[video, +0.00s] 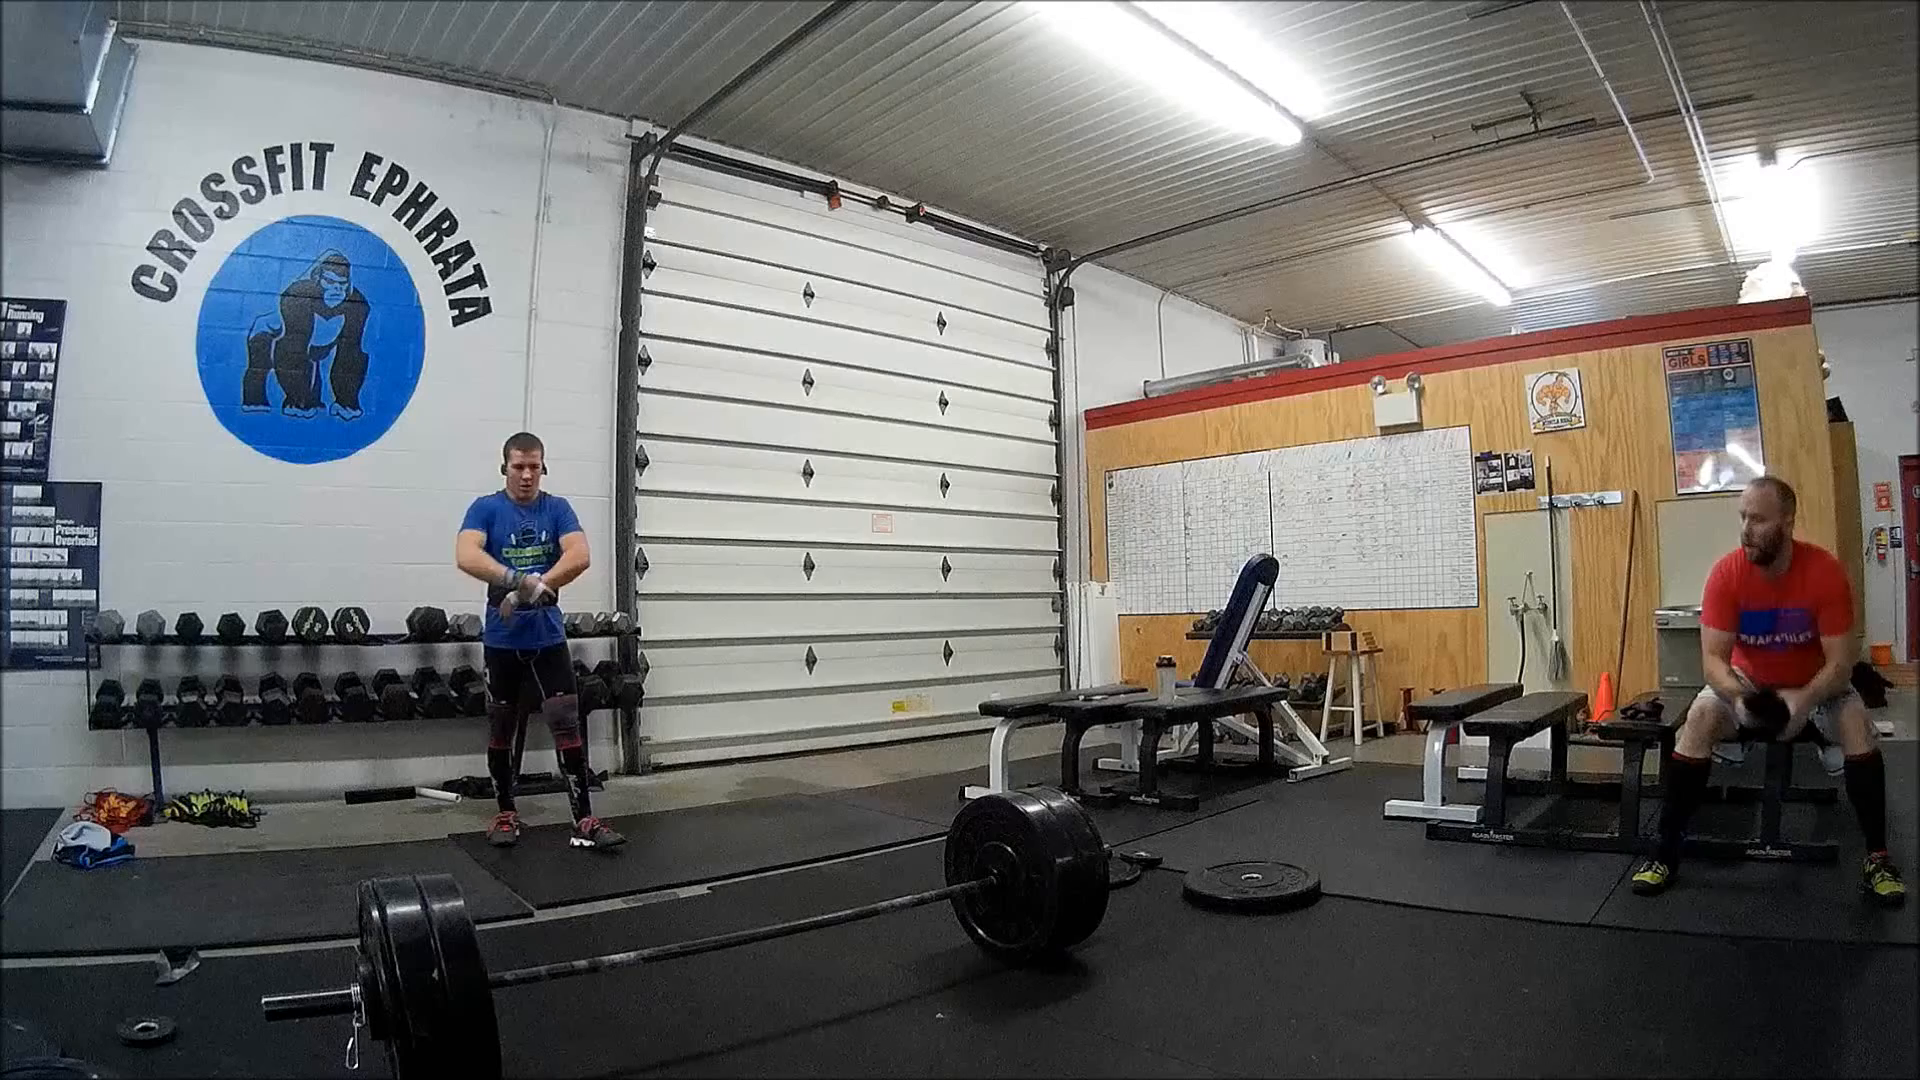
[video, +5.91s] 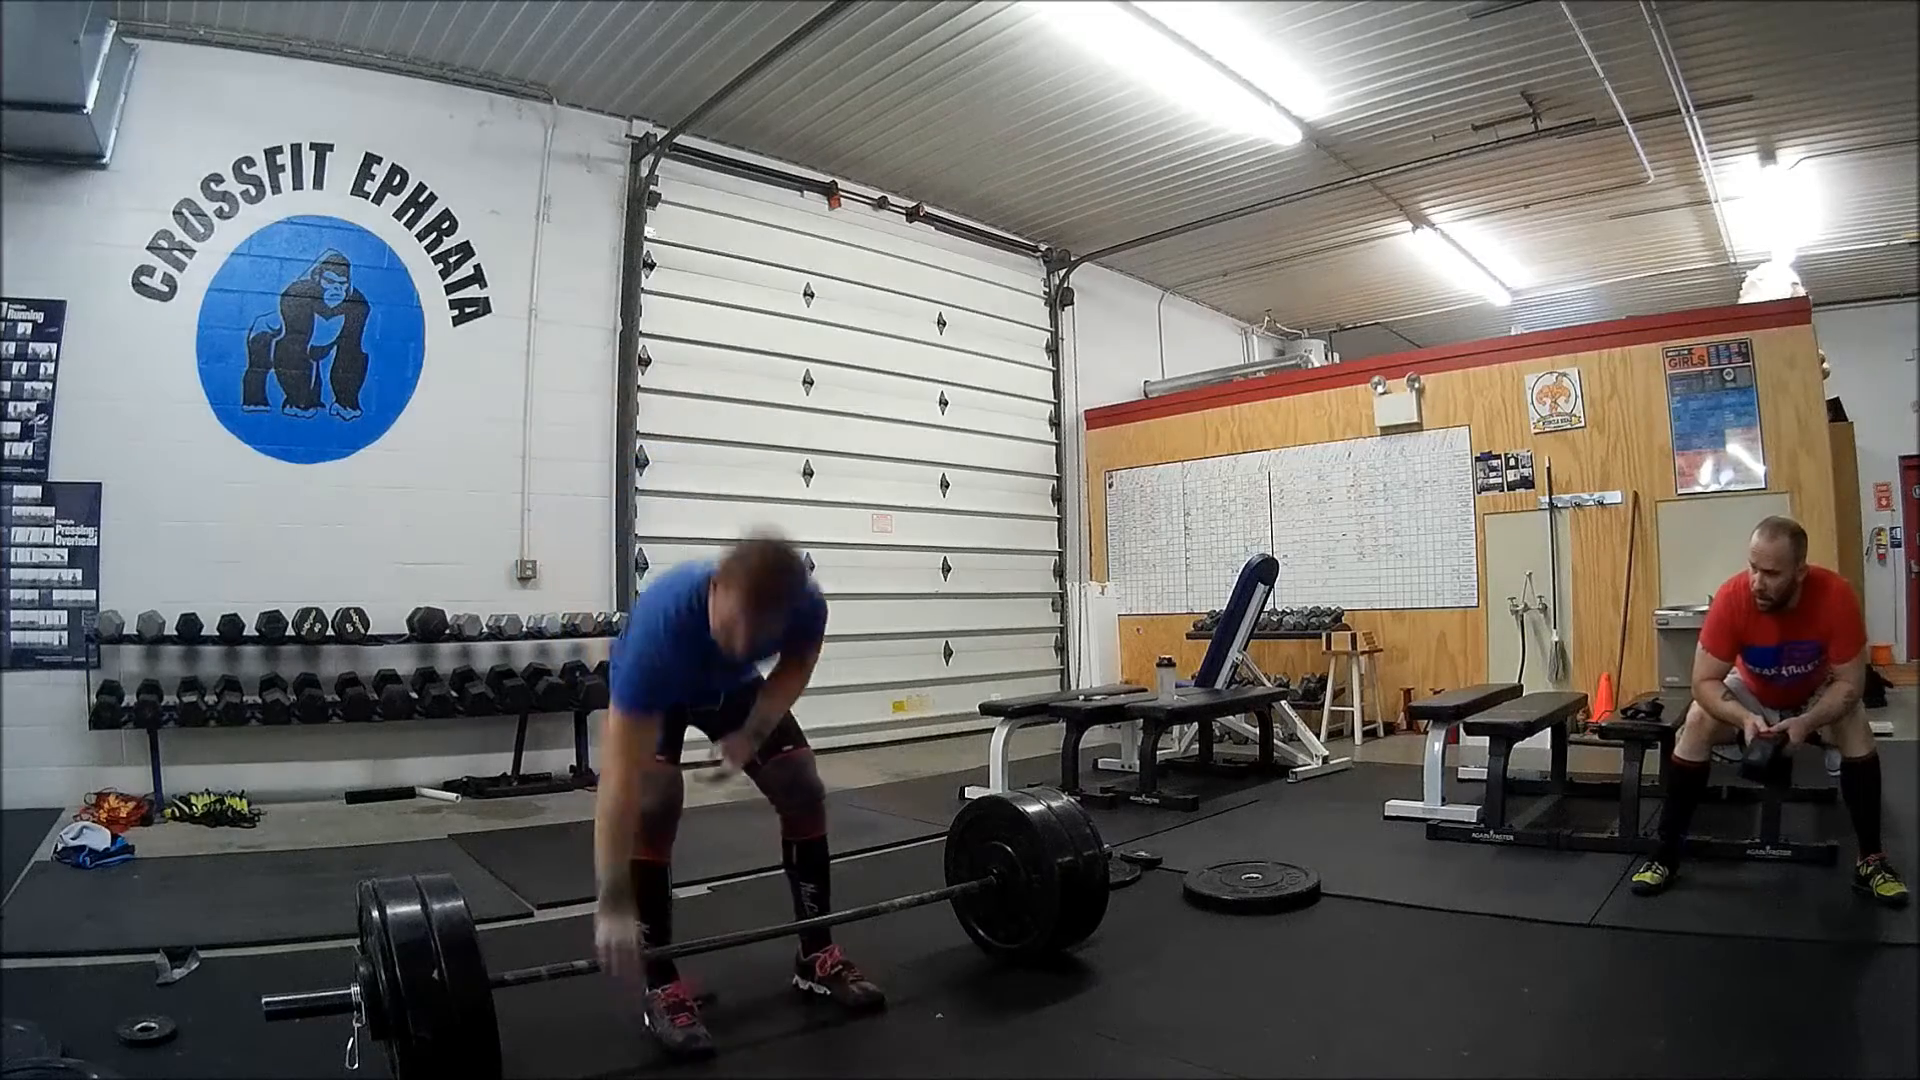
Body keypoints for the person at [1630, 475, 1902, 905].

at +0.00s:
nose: (1747, 528)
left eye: (1759, 519)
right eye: (1744, 517)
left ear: (1789, 520)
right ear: (1740, 516)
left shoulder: (1824, 571)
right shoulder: (1727, 573)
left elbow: (1841, 663)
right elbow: (1713, 657)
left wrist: (1803, 700)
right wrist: (1738, 694)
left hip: (1814, 689)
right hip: (1747, 688)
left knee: (1855, 717)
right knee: (1700, 714)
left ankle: (1877, 858)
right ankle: (1665, 856)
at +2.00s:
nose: (1757, 577)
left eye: (1771, 567)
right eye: (1753, 563)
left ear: (1801, 568)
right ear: (1748, 558)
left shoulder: (1835, 601)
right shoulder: (1730, 599)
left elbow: (1850, 681)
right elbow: (1711, 683)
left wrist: (1811, 727)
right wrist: (1748, 726)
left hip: (1815, 695)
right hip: (1751, 694)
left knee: (1859, 723)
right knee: (1701, 721)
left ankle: (1878, 858)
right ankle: (1665, 856)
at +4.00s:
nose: (1753, 579)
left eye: (1766, 571)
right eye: (1750, 565)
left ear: (1797, 569)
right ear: (1746, 558)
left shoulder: (1833, 595)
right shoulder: (1730, 597)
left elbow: (1849, 682)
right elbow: (1705, 683)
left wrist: (1807, 723)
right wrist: (1744, 717)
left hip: (1815, 695)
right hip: (1750, 693)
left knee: (1854, 722)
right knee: (1698, 721)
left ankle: (1871, 859)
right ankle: (1664, 856)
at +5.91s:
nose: (1758, 583)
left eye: (1771, 574)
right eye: (1753, 569)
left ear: (1800, 570)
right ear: (1748, 560)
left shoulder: (1835, 596)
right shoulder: (1732, 597)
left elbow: (1850, 684)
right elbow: (1704, 683)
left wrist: (1806, 722)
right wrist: (1743, 718)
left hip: (1815, 696)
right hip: (1752, 694)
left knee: (1853, 722)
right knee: (1697, 721)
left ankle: (1871, 859)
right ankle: (1665, 857)